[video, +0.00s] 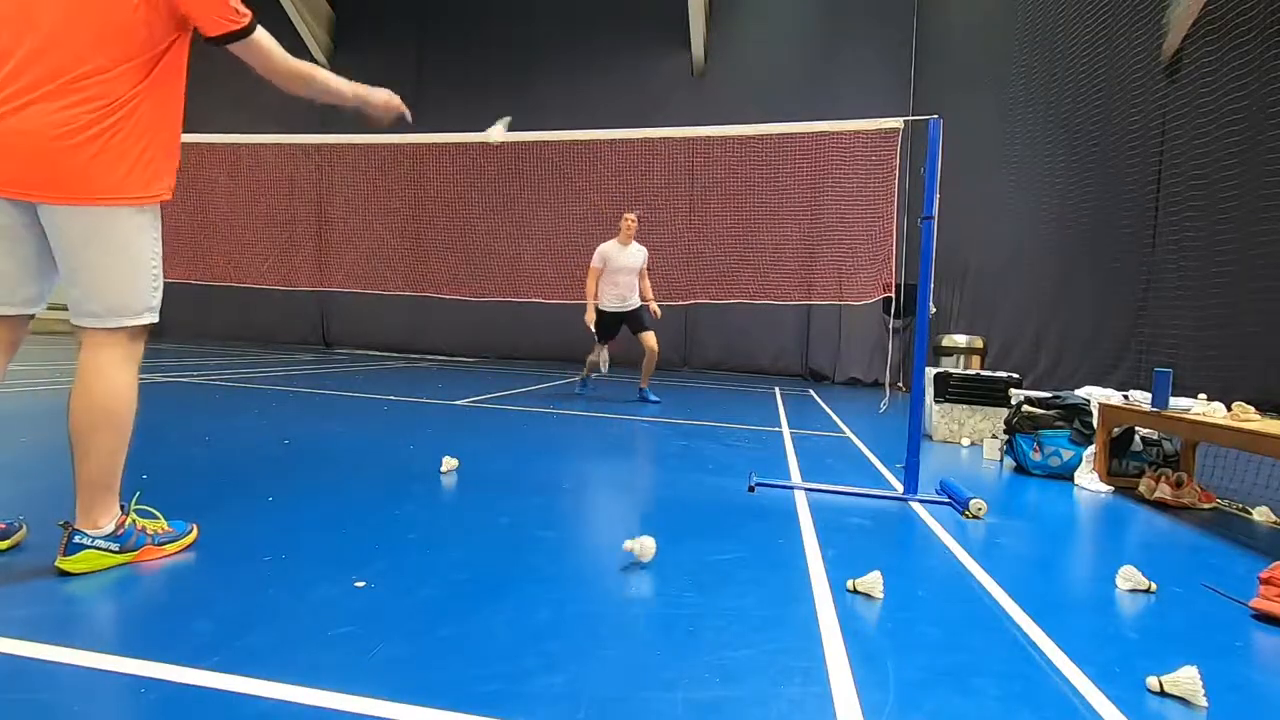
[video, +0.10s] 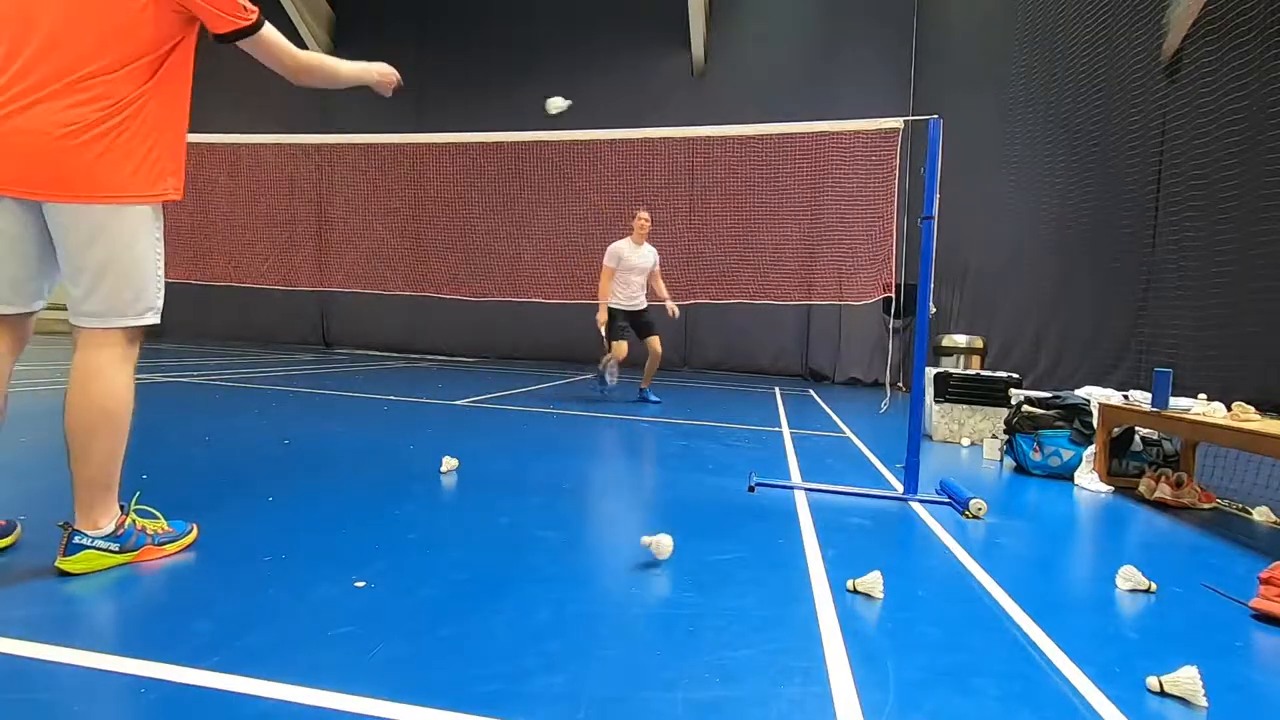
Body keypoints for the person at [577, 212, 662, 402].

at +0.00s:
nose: (630, 224)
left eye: (633, 221)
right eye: (626, 220)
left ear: (637, 227)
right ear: (620, 224)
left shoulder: (642, 252)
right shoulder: (604, 250)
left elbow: (644, 278)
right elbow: (592, 279)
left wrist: (651, 300)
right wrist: (590, 309)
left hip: (633, 307)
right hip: (608, 309)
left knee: (652, 348)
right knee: (598, 352)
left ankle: (643, 388)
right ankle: (584, 377)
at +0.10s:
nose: (644, 223)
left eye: (647, 221)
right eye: (640, 219)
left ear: (651, 226)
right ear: (632, 223)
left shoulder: (652, 253)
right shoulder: (616, 249)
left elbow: (657, 280)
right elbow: (605, 281)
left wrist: (667, 299)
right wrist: (602, 310)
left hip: (639, 308)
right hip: (616, 308)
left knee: (656, 350)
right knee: (620, 353)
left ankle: (644, 389)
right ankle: (603, 368)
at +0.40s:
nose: (670, 224)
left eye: (673, 222)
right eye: (666, 220)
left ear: (675, 227)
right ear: (656, 222)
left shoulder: (670, 254)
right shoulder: (643, 242)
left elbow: (671, 281)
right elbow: (645, 251)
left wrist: (691, 297)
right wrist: (661, 246)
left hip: (654, 310)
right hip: (631, 307)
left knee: (657, 357)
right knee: (644, 344)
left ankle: (641, 386)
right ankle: (654, 401)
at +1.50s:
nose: (621, 204)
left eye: (625, 202)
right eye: (618, 201)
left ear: (630, 208)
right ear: (612, 205)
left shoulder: (640, 233)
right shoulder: (599, 233)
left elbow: (649, 260)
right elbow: (580, 256)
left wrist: (653, 275)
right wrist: (567, 274)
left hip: (629, 295)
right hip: (602, 293)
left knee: (636, 340)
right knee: (585, 339)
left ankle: (633, 390)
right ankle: (573, 380)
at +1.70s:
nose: (600, 218)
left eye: (604, 215)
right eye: (597, 214)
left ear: (609, 220)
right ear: (591, 218)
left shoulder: (619, 244)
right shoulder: (579, 245)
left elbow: (629, 269)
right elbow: (569, 274)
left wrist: (627, 290)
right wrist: (566, 298)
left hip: (611, 303)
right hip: (584, 303)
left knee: (626, 339)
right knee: (572, 342)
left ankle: (634, 388)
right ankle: (563, 382)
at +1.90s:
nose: (597, 207)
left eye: (601, 204)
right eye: (594, 204)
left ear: (607, 209)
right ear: (588, 208)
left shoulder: (618, 232)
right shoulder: (577, 234)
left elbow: (630, 255)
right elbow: (568, 262)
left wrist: (625, 275)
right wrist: (565, 285)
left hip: (610, 291)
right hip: (584, 292)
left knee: (623, 333)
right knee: (573, 335)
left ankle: (633, 383)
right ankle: (566, 378)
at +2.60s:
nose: (648, 212)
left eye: (652, 209)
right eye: (645, 208)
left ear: (656, 215)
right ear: (638, 212)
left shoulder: (657, 244)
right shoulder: (624, 233)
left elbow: (660, 273)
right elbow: (609, 255)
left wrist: (677, 286)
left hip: (642, 299)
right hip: (620, 295)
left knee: (647, 351)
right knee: (627, 335)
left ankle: (631, 390)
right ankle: (625, 393)